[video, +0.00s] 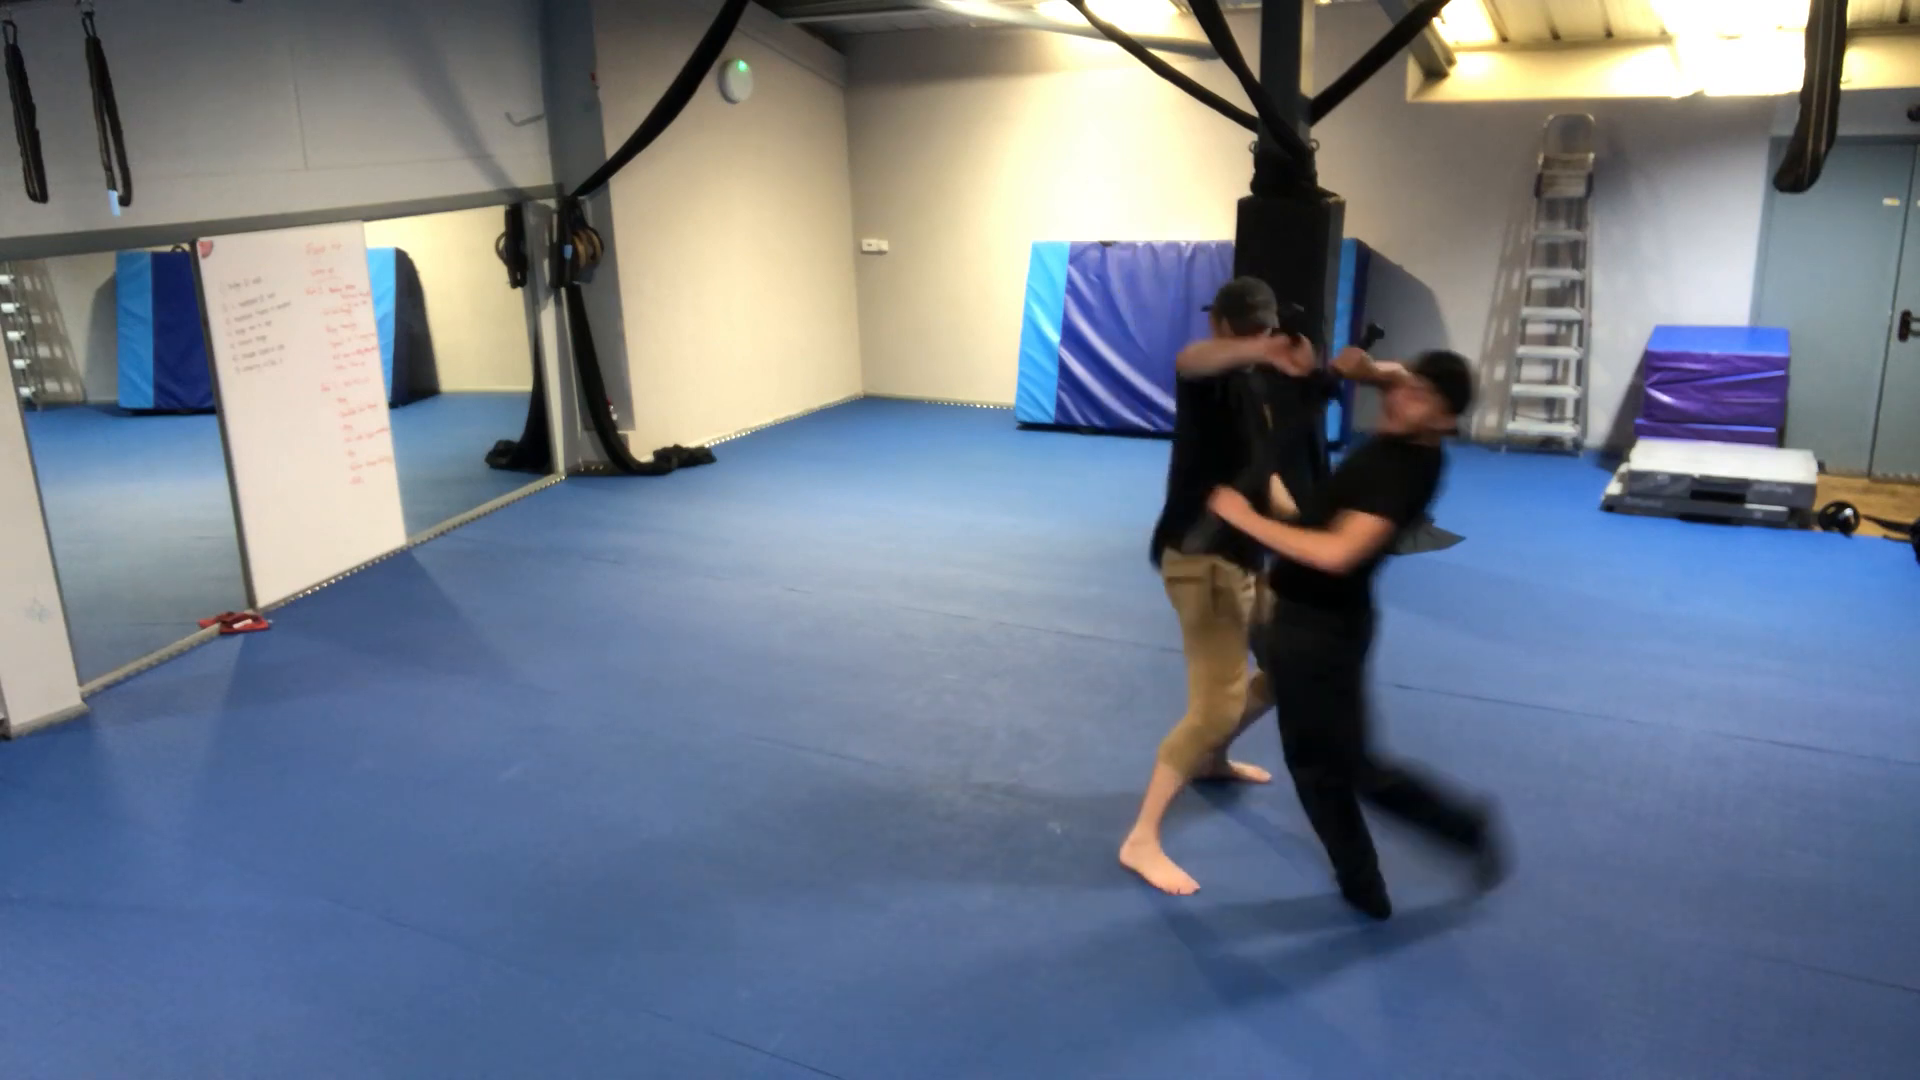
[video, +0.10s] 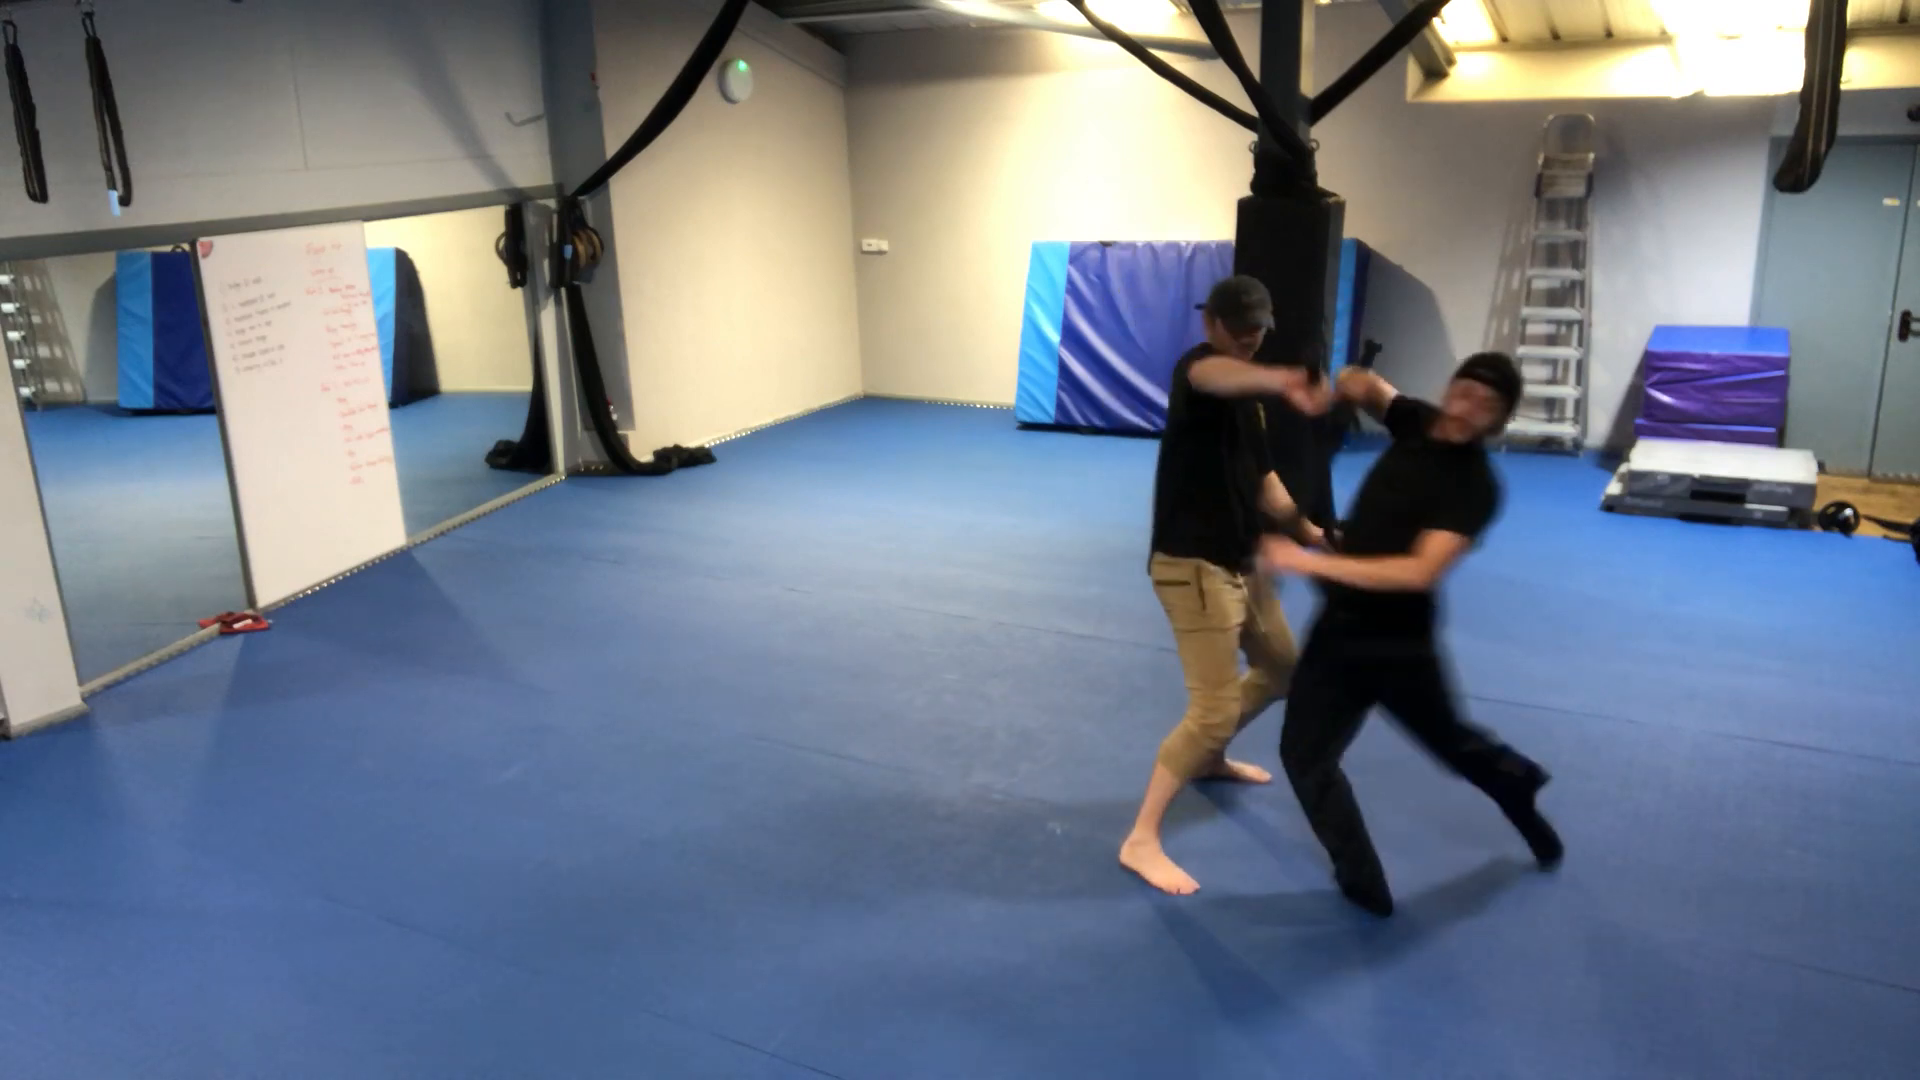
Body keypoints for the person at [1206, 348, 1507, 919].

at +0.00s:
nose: (1400, 395)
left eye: (1417, 393)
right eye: (1403, 385)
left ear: (1442, 414)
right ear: (1400, 391)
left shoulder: (1404, 464)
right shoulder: (1399, 444)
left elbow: (1338, 552)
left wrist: (1249, 520)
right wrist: (1292, 510)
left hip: (1319, 625)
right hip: (1324, 613)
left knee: (1318, 768)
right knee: (1343, 762)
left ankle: (1365, 893)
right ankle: (1467, 829)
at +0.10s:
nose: (1466, 407)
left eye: (1482, 404)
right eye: (1463, 393)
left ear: (1499, 419)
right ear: (1450, 390)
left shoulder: (1475, 486)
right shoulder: (1415, 422)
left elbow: (1420, 572)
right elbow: (1365, 383)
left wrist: (1309, 561)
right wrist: (1332, 391)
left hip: (1398, 633)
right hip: (1345, 618)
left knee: (1448, 740)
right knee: (1305, 754)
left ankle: (1518, 802)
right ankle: (1365, 886)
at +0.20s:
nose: (1508, 413)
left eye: (1519, 404)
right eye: (1499, 399)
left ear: (1529, 411)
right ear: (1471, 396)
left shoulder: (1527, 476)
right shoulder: (1428, 426)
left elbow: (1509, 573)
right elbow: (1346, 397)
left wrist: (1428, 598)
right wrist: (1363, 432)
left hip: (1470, 636)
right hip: (1394, 623)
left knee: (1502, 747)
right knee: (1326, 751)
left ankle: (1516, 820)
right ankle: (1384, 863)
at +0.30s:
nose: (1565, 403)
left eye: (1567, 393)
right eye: (1560, 391)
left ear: (1541, 389)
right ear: (1527, 386)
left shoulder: (1549, 449)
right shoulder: (1443, 419)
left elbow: (1583, 529)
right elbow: (1385, 467)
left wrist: (1536, 557)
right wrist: (1430, 533)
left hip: (1506, 622)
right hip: (1428, 617)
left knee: (1533, 736)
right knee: (1394, 748)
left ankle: (1525, 826)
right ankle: (1386, 860)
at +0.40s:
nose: (1564, 381)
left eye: (1561, 373)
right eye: (1563, 373)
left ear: (1511, 360)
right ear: (1553, 374)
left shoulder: (1532, 416)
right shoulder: (1490, 427)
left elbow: (1591, 457)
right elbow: (1490, 536)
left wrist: (1592, 482)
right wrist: (1532, 607)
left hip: (1501, 592)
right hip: (1453, 595)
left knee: (1531, 725)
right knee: (1470, 742)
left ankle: (1526, 825)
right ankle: (1411, 856)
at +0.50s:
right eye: (1545, 364)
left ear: (1492, 361)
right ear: (1549, 371)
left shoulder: (1460, 399)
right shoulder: (1553, 443)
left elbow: (1530, 415)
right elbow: (1602, 547)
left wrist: (1599, 442)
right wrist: (1653, 630)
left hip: (1456, 584)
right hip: (1499, 601)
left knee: (1521, 705)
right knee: (1498, 728)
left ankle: (1523, 822)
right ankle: (1427, 852)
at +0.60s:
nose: (1482, 370)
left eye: (1485, 361)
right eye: (1486, 361)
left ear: (1500, 367)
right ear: (1549, 370)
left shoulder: (1463, 411)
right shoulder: (1588, 445)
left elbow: (1399, 396)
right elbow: (1652, 534)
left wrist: (1462, 398)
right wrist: (1700, 600)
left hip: (1461, 592)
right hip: (1530, 602)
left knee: (1495, 715)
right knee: (1514, 737)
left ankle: (1522, 822)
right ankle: (1428, 848)